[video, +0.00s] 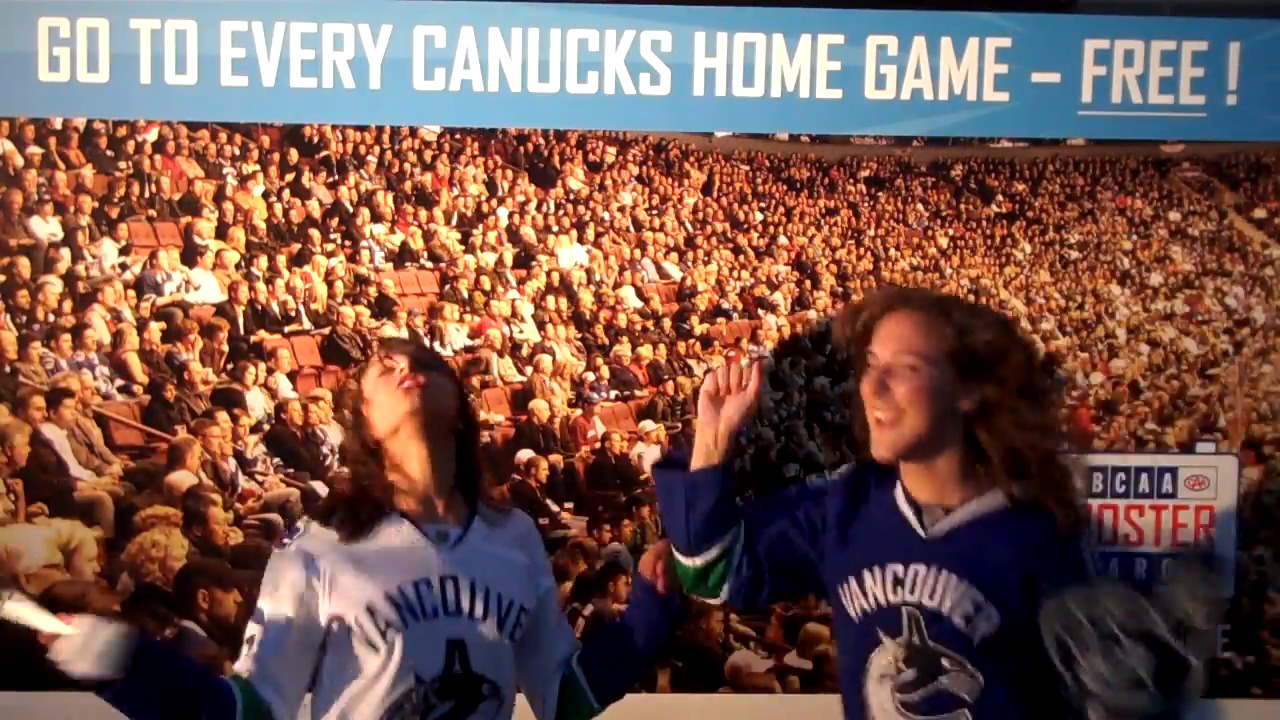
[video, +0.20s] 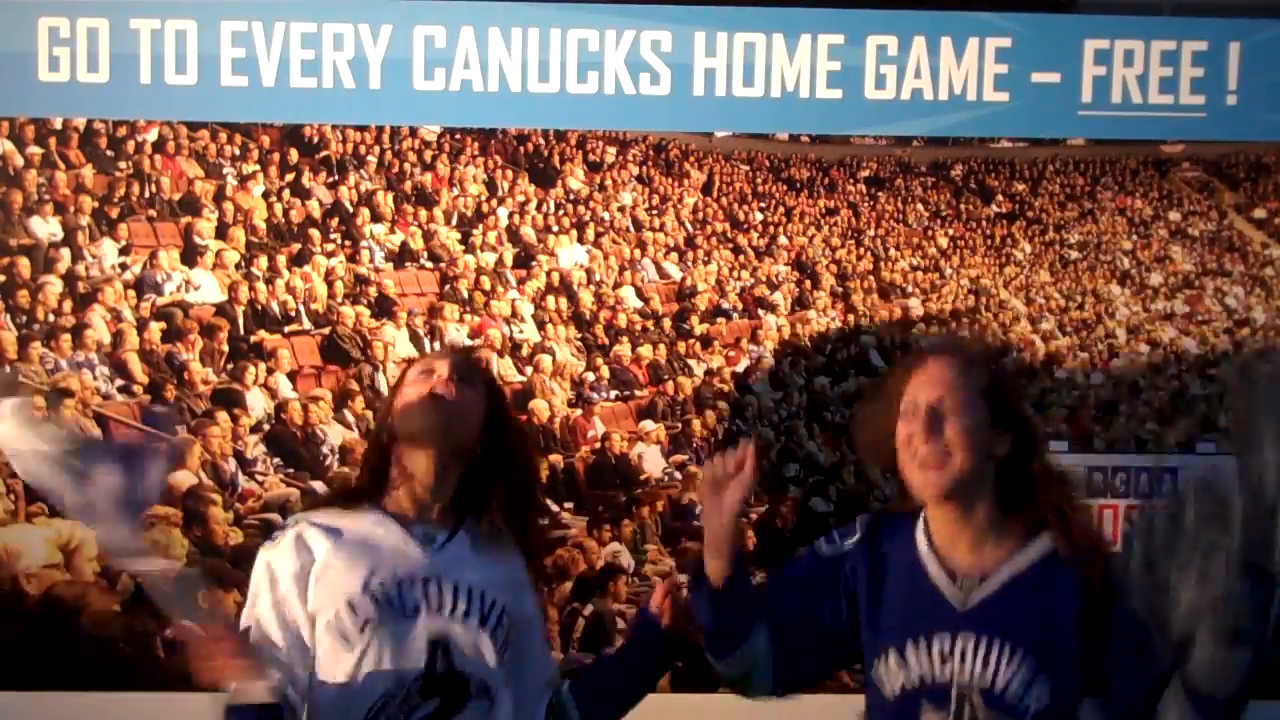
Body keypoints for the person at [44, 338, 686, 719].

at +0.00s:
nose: (403, 365)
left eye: (422, 359)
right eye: (379, 368)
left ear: (462, 407)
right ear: (359, 424)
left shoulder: (518, 540)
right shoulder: (313, 553)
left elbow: (565, 702)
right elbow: (261, 714)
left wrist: (656, 593)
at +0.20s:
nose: (444, 374)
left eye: (468, 377)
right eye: (422, 370)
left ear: (487, 432)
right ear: (388, 418)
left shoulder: (507, 562)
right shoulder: (305, 546)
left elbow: (536, 712)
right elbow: (274, 704)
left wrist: (648, 645)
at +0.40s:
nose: (412, 384)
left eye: (428, 381)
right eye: (391, 377)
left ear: (448, 419)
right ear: (349, 423)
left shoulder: (475, 556)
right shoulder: (281, 556)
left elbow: (513, 702)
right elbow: (251, 710)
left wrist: (627, 650)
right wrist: (312, 626)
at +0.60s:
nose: (405, 391)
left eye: (421, 382)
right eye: (380, 373)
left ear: (435, 417)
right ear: (333, 401)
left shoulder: (469, 544)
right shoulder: (267, 558)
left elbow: (508, 699)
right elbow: (229, 708)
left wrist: (625, 637)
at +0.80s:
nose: (428, 419)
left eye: (439, 399)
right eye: (399, 401)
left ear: (455, 417)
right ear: (350, 424)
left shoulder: (504, 548)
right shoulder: (296, 572)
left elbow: (541, 701)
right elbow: (235, 716)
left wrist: (620, 626)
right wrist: (98, 674)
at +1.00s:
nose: (430, 440)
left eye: (448, 417)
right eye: (405, 418)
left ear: (469, 436)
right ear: (366, 436)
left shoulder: (490, 563)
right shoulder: (293, 565)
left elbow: (512, 700)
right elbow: (247, 692)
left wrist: (628, 691)